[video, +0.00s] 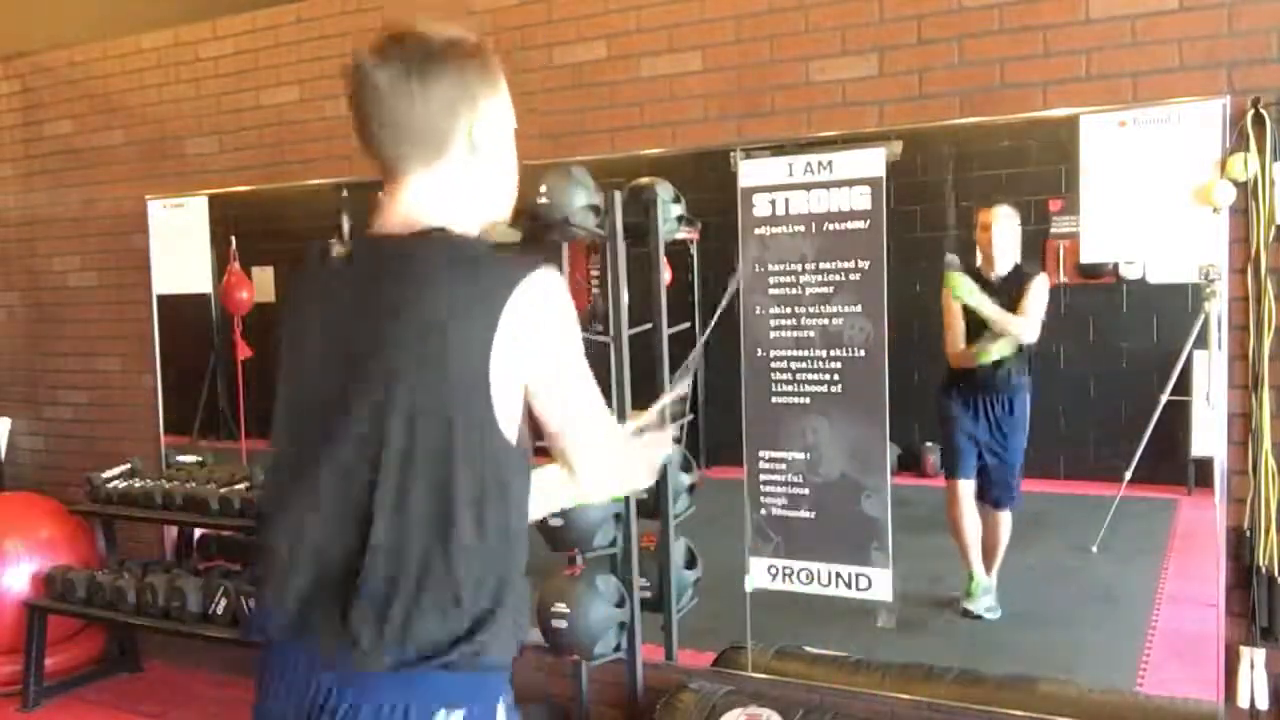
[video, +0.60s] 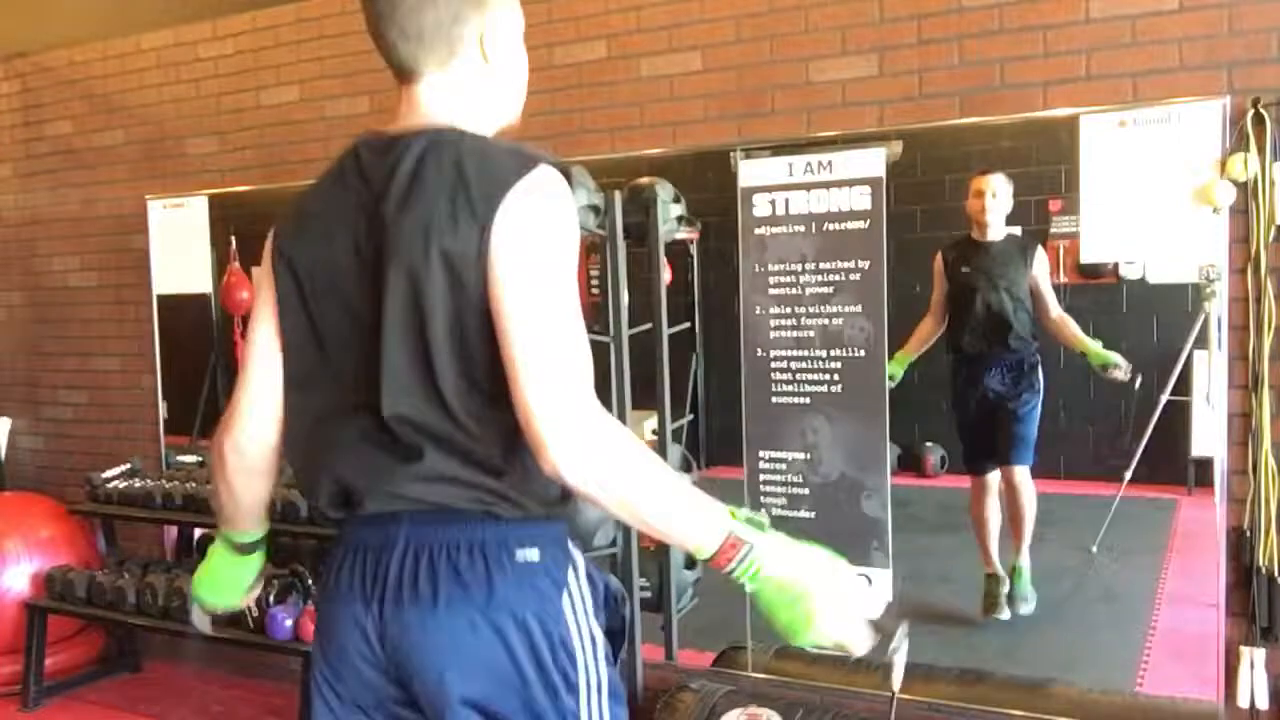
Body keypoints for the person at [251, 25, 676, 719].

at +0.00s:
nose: (517, 153)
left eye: (513, 130)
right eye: (509, 131)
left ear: (379, 142)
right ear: (475, 138)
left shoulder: (315, 289)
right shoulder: (516, 287)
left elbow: (414, 497)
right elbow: (601, 467)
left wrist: (582, 473)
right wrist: (643, 451)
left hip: (295, 675)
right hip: (438, 689)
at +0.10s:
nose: (504, 63)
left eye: (498, 35)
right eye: (496, 32)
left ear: (368, 50)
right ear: (466, 35)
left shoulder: (325, 209)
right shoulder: (513, 203)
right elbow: (579, 460)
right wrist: (671, 460)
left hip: (313, 587)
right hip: (448, 610)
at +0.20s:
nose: (502, 45)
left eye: (496, 22)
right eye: (495, 21)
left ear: (369, 46)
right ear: (467, 26)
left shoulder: (308, 194)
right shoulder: (504, 176)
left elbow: (259, 421)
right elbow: (569, 427)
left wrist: (257, 529)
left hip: (329, 560)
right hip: (468, 570)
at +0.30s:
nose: (506, 121)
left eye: (500, 93)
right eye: (499, 94)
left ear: (374, 115)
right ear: (472, 102)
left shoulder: (298, 272)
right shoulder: (506, 247)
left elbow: (229, 495)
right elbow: (565, 492)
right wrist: (760, 507)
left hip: (352, 631)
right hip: (495, 632)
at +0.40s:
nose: (515, 147)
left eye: (508, 121)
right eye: (507, 122)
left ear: (381, 142)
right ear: (478, 132)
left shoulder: (301, 292)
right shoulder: (509, 289)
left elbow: (230, 508)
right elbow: (583, 534)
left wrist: (330, 447)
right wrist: (777, 504)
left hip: (351, 665)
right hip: (497, 674)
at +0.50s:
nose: (520, 74)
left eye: (514, 46)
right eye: (513, 45)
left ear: (383, 55)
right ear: (484, 48)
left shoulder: (297, 239)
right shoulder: (510, 203)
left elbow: (240, 469)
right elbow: (565, 450)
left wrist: (256, 522)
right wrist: (748, 534)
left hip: (352, 620)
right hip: (501, 613)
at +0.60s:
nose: (525, 59)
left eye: (519, 37)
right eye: (519, 36)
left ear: (394, 51)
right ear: (491, 39)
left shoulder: (301, 223)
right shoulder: (515, 185)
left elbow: (248, 434)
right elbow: (567, 432)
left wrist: (237, 544)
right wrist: (755, 553)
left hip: (356, 578)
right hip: (506, 577)